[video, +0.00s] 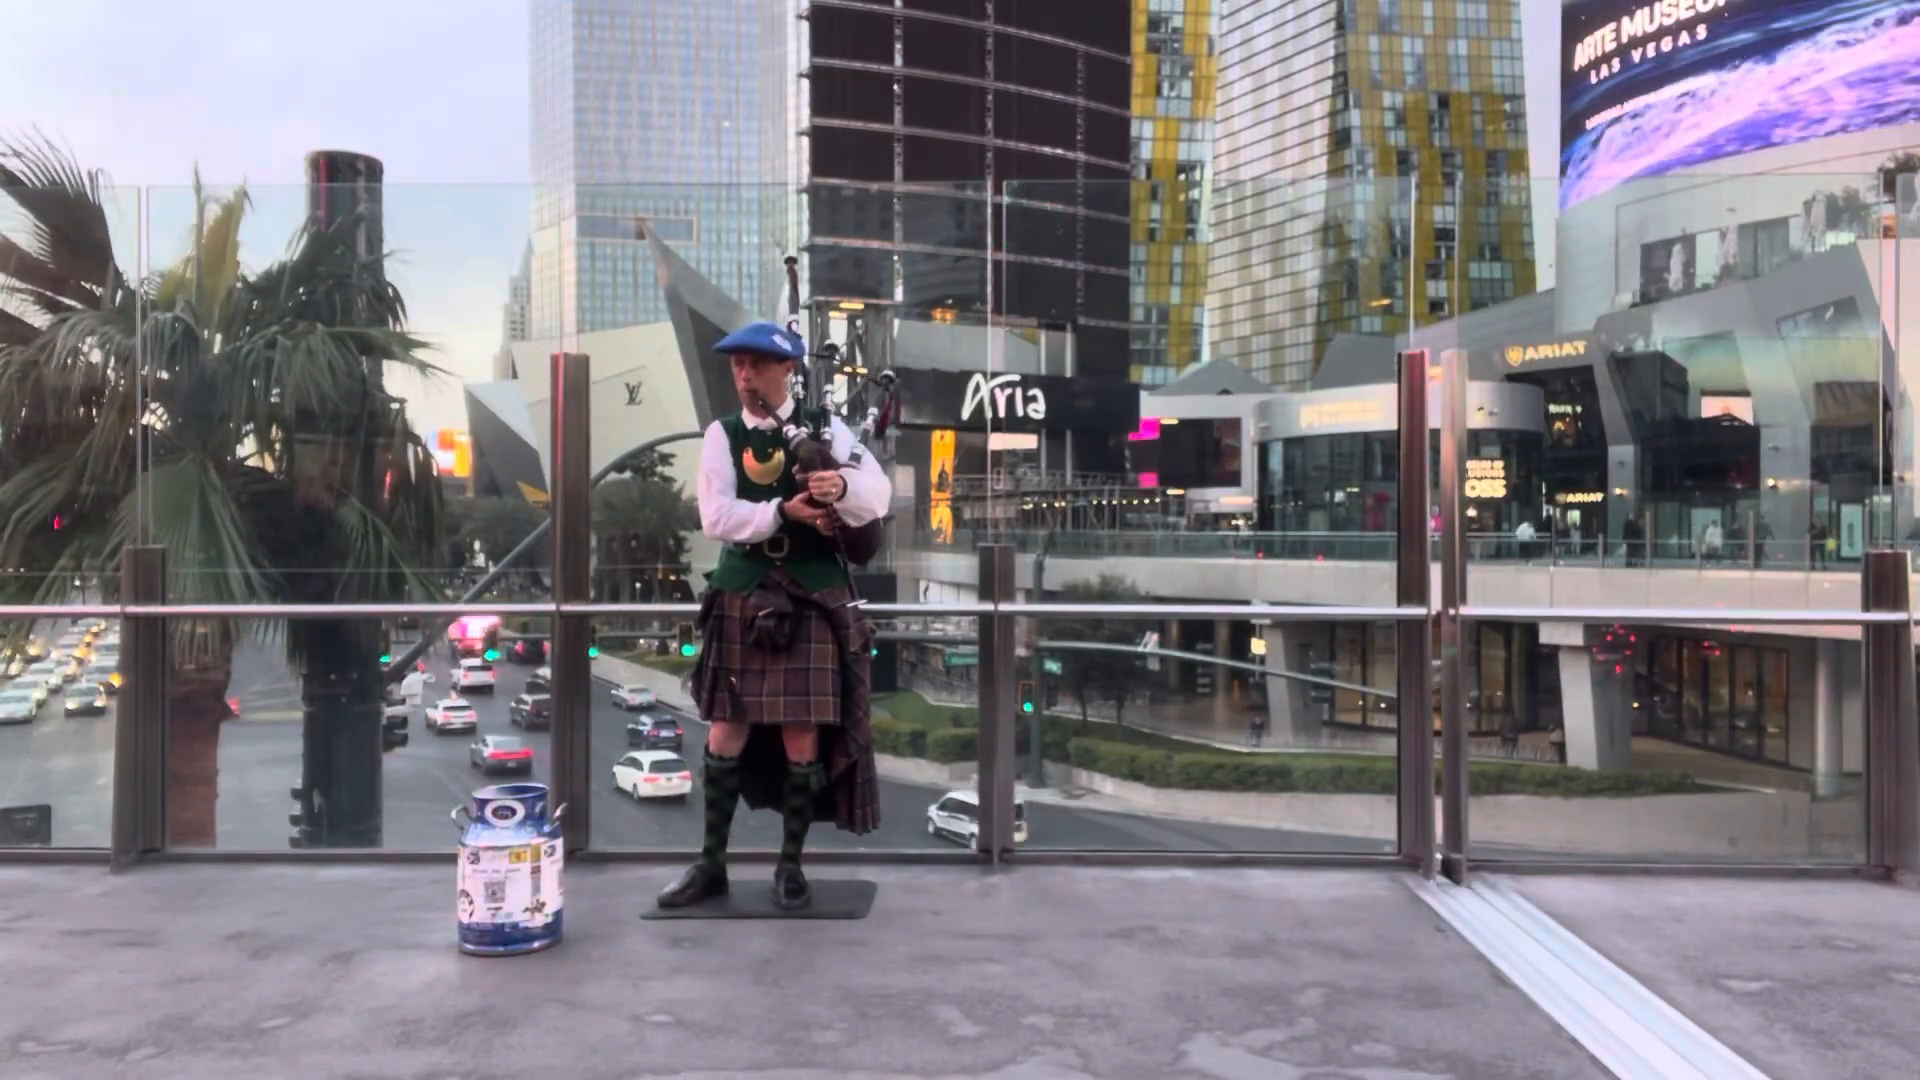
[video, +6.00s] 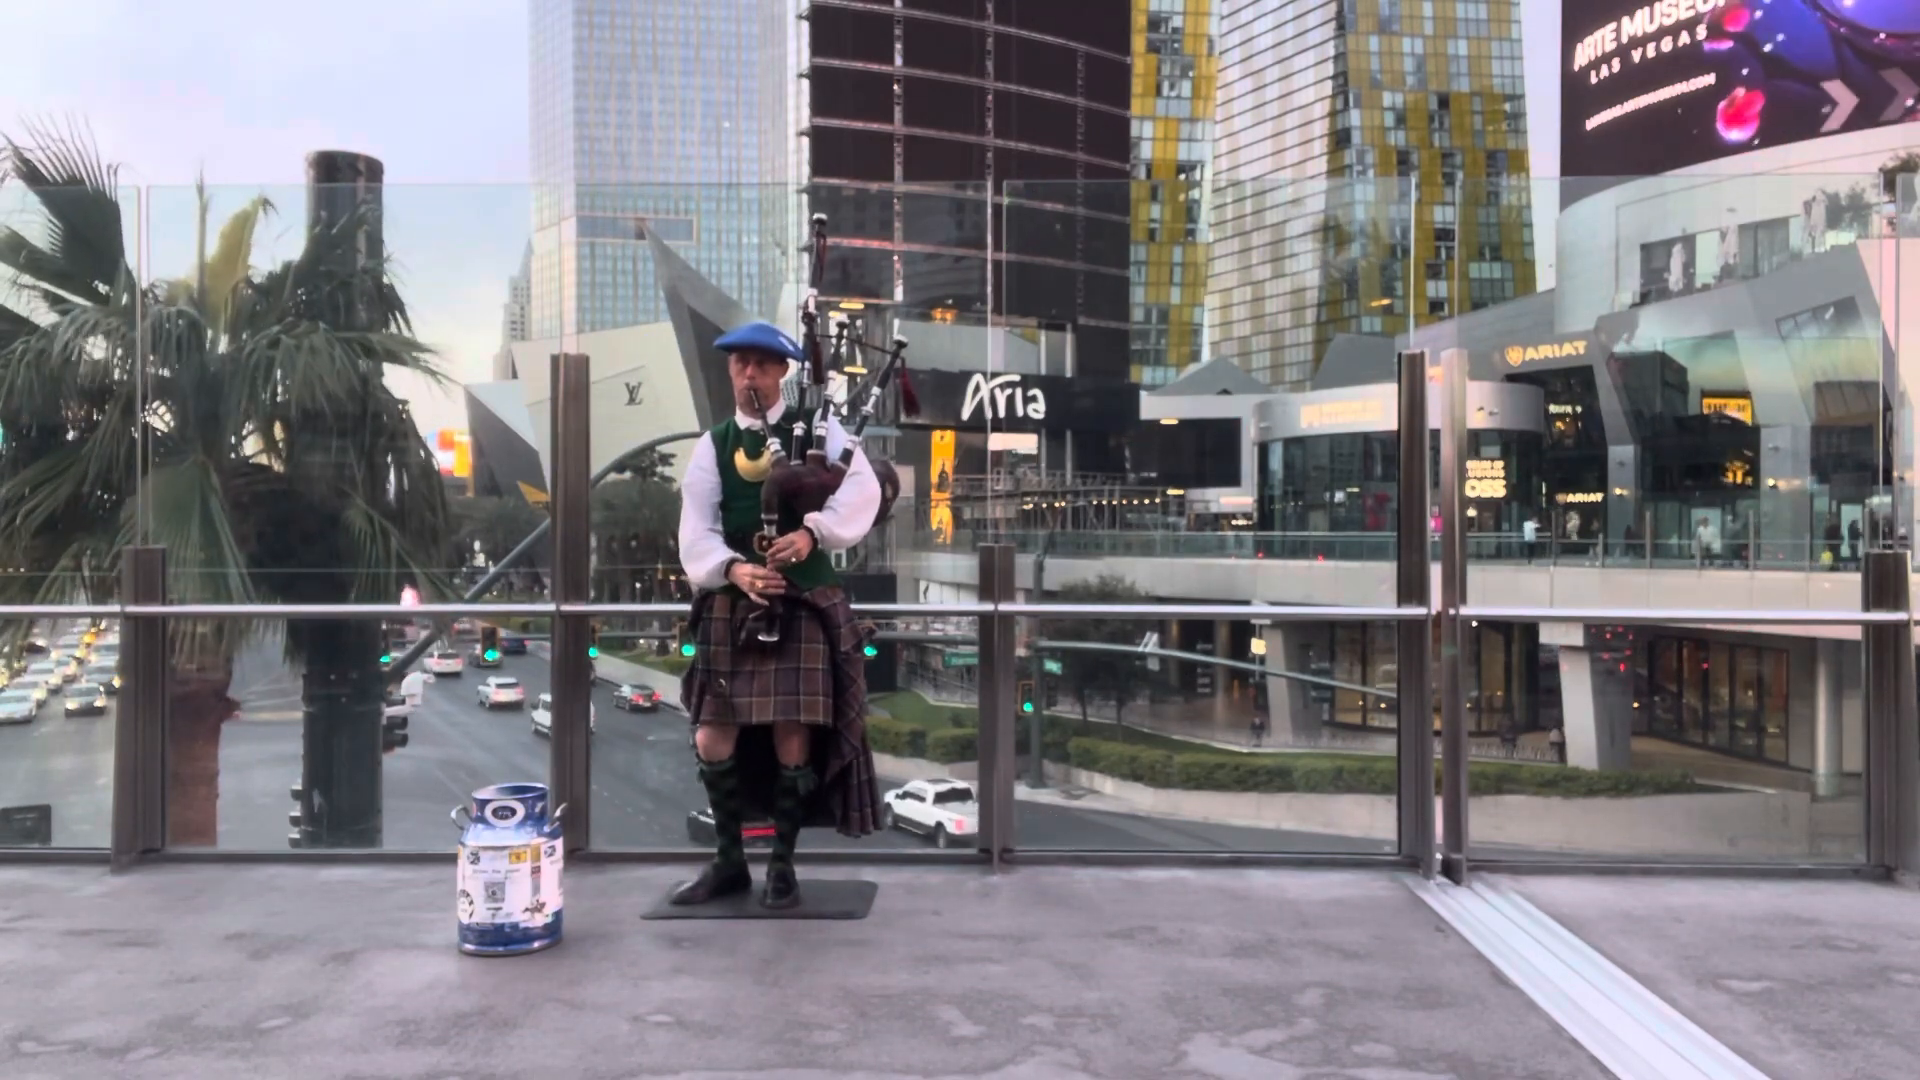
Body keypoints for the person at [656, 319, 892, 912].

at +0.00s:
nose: (743, 375)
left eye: (755, 364)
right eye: (737, 365)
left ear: (788, 369)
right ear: (731, 371)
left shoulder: (827, 430)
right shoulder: (722, 434)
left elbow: (880, 494)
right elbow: (716, 515)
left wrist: (844, 487)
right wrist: (783, 511)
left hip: (814, 595)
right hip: (743, 592)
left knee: (800, 731)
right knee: (726, 729)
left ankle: (789, 866)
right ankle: (711, 864)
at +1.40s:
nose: (678, 374)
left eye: (690, 362)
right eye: (669, 363)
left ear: (717, 366)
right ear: (662, 371)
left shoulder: (763, 428)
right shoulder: (654, 443)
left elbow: (816, 484)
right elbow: (634, 527)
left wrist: (770, 520)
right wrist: (695, 524)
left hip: (760, 592)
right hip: (687, 597)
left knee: (769, 729)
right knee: (699, 732)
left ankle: (786, 864)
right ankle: (715, 864)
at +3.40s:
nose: (739, 374)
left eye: (752, 362)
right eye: (730, 363)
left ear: (776, 371)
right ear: (716, 371)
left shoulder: (808, 429)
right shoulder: (702, 443)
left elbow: (856, 484)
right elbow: (682, 531)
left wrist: (809, 527)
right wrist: (724, 566)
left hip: (796, 596)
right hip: (722, 596)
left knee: (787, 729)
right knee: (704, 732)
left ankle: (781, 863)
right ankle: (721, 860)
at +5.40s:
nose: (747, 373)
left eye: (759, 362)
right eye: (738, 362)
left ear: (783, 371)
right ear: (726, 371)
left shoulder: (818, 427)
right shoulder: (711, 445)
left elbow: (859, 487)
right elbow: (691, 531)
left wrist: (809, 531)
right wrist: (726, 567)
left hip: (801, 595)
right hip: (729, 594)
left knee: (789, 728)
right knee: (713, 730)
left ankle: (781, 864)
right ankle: (725, 862)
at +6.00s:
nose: (749, 374)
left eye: (761, 363)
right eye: (741, 363)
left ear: (785, 372)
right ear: (728, 372)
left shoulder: (819, 429)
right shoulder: (713, 445)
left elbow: (864, 488)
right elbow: (696, 530)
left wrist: (814, 532)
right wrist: (732, 567)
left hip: (802, 597)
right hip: (731, 595)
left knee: (790, 731)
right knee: (712, 735)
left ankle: (782, 865)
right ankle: (729, 862)